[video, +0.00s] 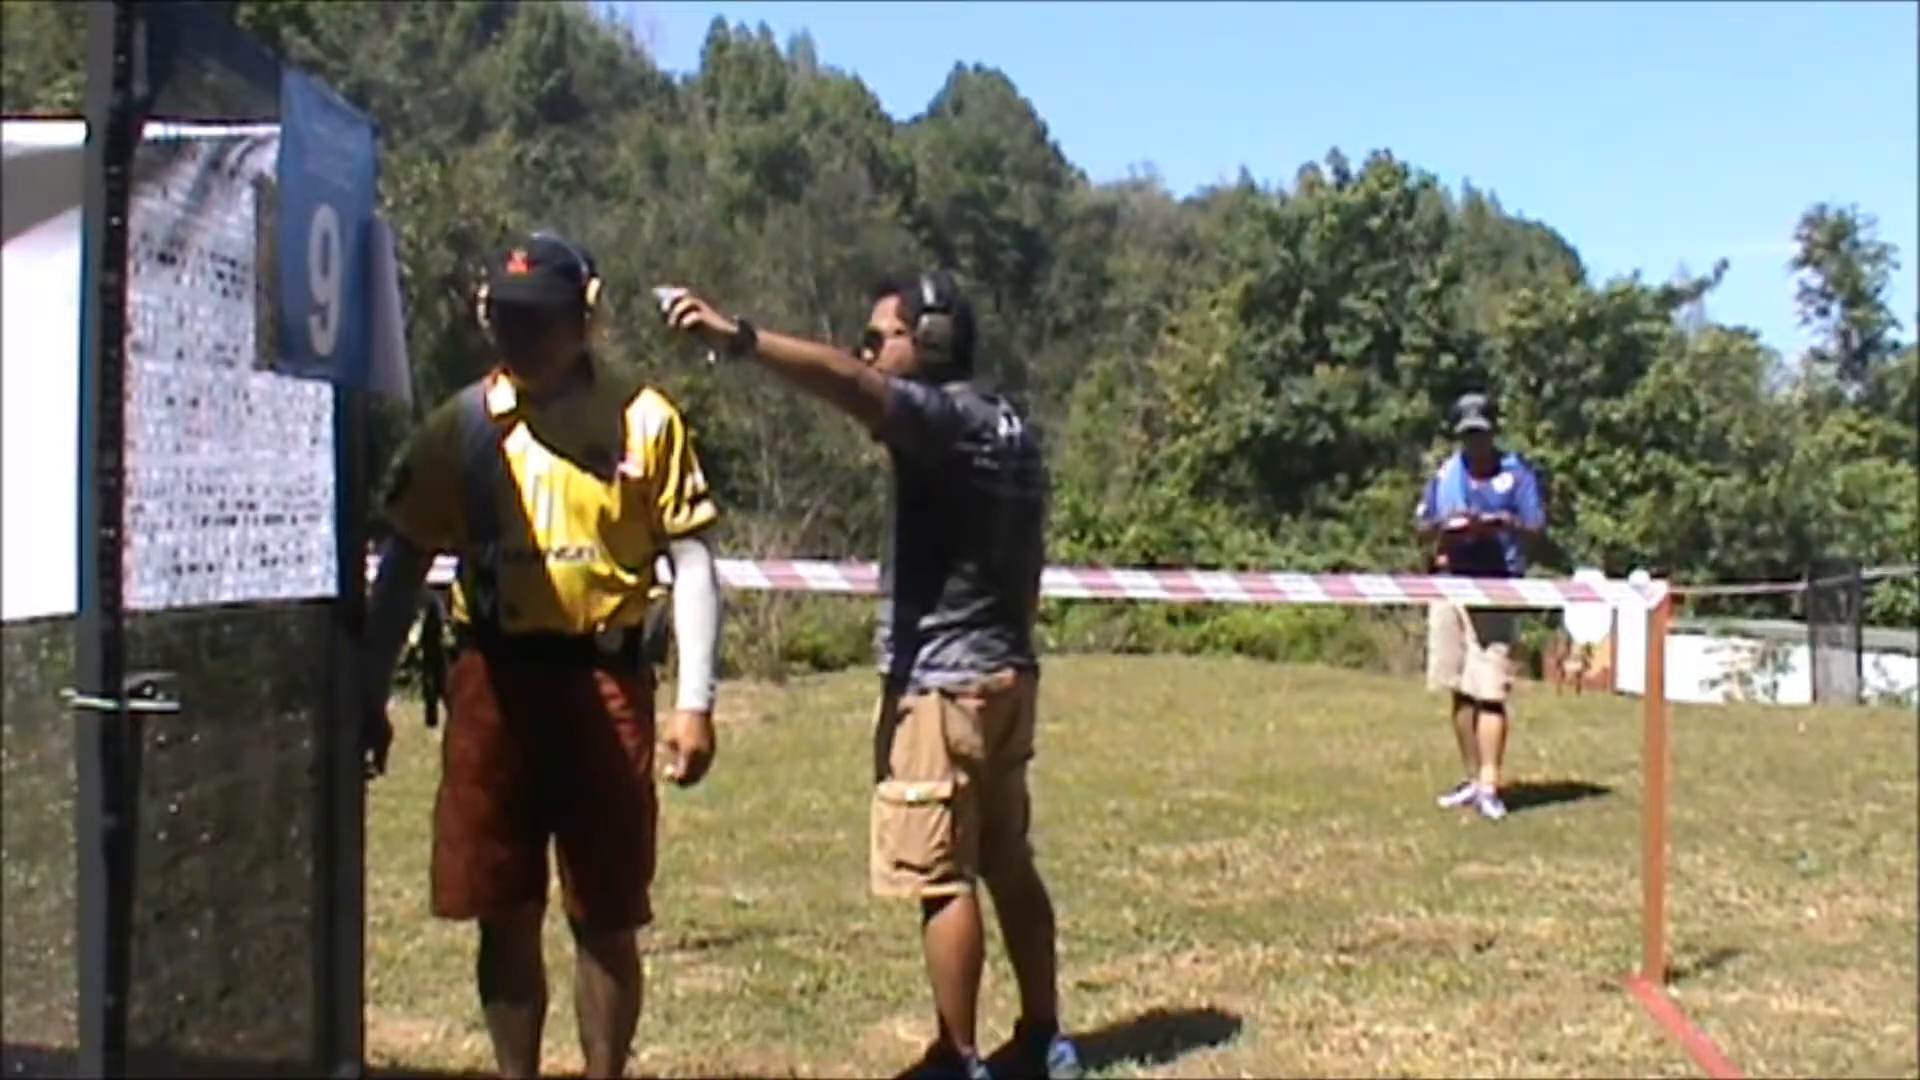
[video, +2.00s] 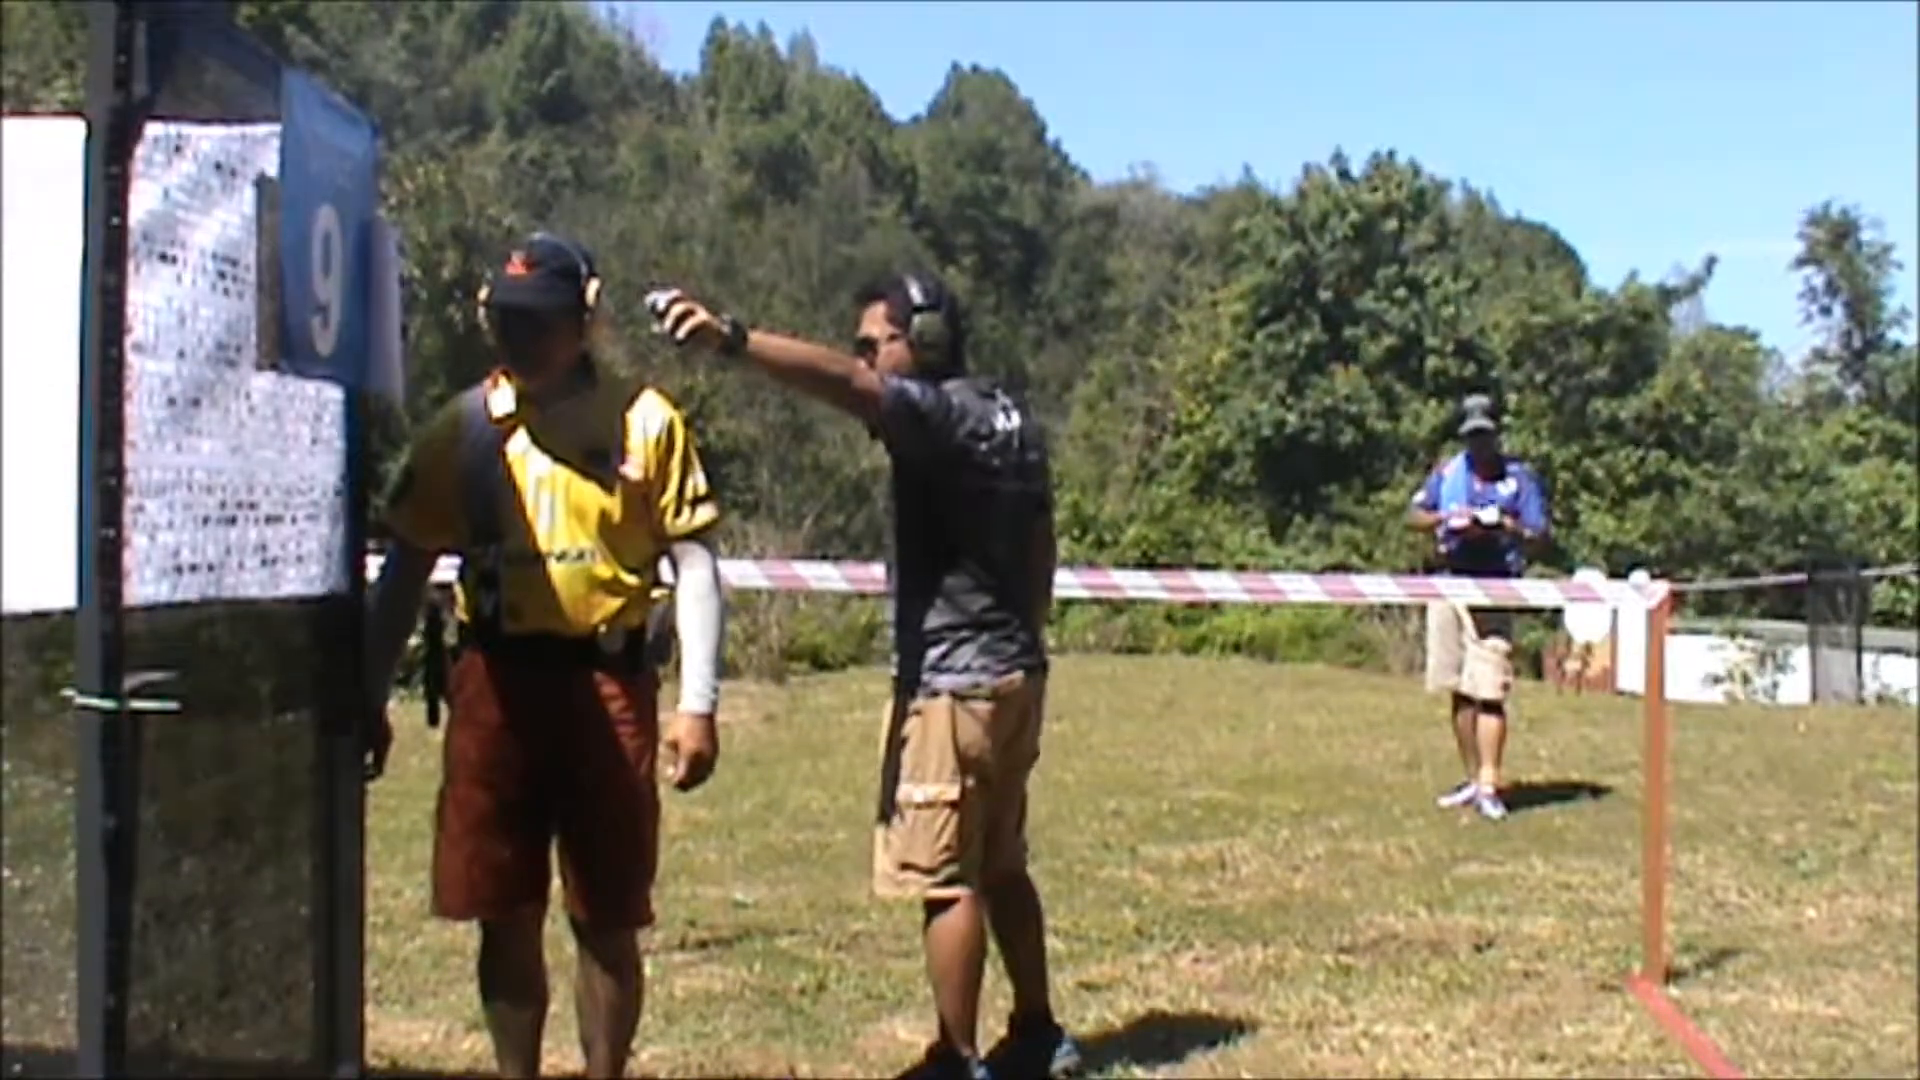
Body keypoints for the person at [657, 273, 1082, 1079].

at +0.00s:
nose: (869, 353)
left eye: (882, 339)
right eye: (870, 338)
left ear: (931, 343)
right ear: (952, 345)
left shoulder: (938, 414)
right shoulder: (1014, 425)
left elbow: (852, 382)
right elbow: (1021, 566)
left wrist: (738, 336)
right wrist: (1006, 648)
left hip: (944, 676)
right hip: (1008, 671)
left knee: (942, 877)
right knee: (1008, 861)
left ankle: (955, 1054)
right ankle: (1043, 1033)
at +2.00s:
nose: (867, 360)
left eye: (876, 344)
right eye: (864, 344)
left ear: (921, 340)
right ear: (947, 342)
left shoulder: (932, 410)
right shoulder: (1013, 418)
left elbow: (852, 382)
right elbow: (1040, 549)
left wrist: (732, 338)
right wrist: (1024, 641)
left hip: (955, 677)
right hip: (1015, 670)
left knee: (945, 876)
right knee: (1002, 868)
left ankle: (953, 1054)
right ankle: (1036, 1027)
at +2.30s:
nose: (903, 373)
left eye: (913, 357)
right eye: (902, 357)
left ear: (954, 355)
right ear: (985, 355)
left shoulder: (982, 419)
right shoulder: (1048, 425)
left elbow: (893, 388)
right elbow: (1069, 550)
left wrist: (784, 352)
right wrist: (1040, 634)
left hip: (996, 676)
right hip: (1046, 672)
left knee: (935, 864)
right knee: (1031, 845)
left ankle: (950, 1050)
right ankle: (1123, 1004)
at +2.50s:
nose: (982, 396)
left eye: (994, 384)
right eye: (981, 383)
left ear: (1036, 386)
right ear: (1062, 390)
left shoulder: (1056, 445)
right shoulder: (1113, 461)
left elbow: (977, 409)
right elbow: (1084, 586)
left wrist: (882, 365)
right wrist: (1006, 618)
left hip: (1050, 696)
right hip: (1099, 695)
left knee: (948, 868)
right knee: (1071, 856)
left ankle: (952, 1052)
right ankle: (1198, 990)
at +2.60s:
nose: (1051, 414)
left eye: (1062, 397)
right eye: (1047, 399)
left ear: (1101, 392)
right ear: (1121, 397)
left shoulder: (1130, 459)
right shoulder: (1168, 469)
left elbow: (1055, 425)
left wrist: (963, 379)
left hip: (1110, 700)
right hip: (1155, 702)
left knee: (1015, 867)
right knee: (1122, 876)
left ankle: (957, 1041)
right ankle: (1226, 1012)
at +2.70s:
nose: (1096, 410)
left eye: (1105, 397)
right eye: (1093, 398)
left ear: (1143, 395)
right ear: (1151, 398)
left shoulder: (1174, 459)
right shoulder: (1201, 469)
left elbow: (1104, 418)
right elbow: (1180, 607)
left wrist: (1018, 378)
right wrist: (1109, 670)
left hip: (1155, 700)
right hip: (1193, 701)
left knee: (1053, 860)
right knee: (1147, 878)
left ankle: (1008, 1035)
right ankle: (1226, 1014)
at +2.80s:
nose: (1145, 386)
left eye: (1152, 373)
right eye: (1144, 375)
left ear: (1189, 376)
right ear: (1198, 380)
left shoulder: (1239, 451)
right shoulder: (1231, 460)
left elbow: (1168, 409)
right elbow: (1223, 582)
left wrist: (1088, 368)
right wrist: (1165, 659)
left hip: (1218, 685)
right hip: (1216, 683)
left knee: (1114, 838)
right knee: (1173, 856)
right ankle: (1227, 1013)